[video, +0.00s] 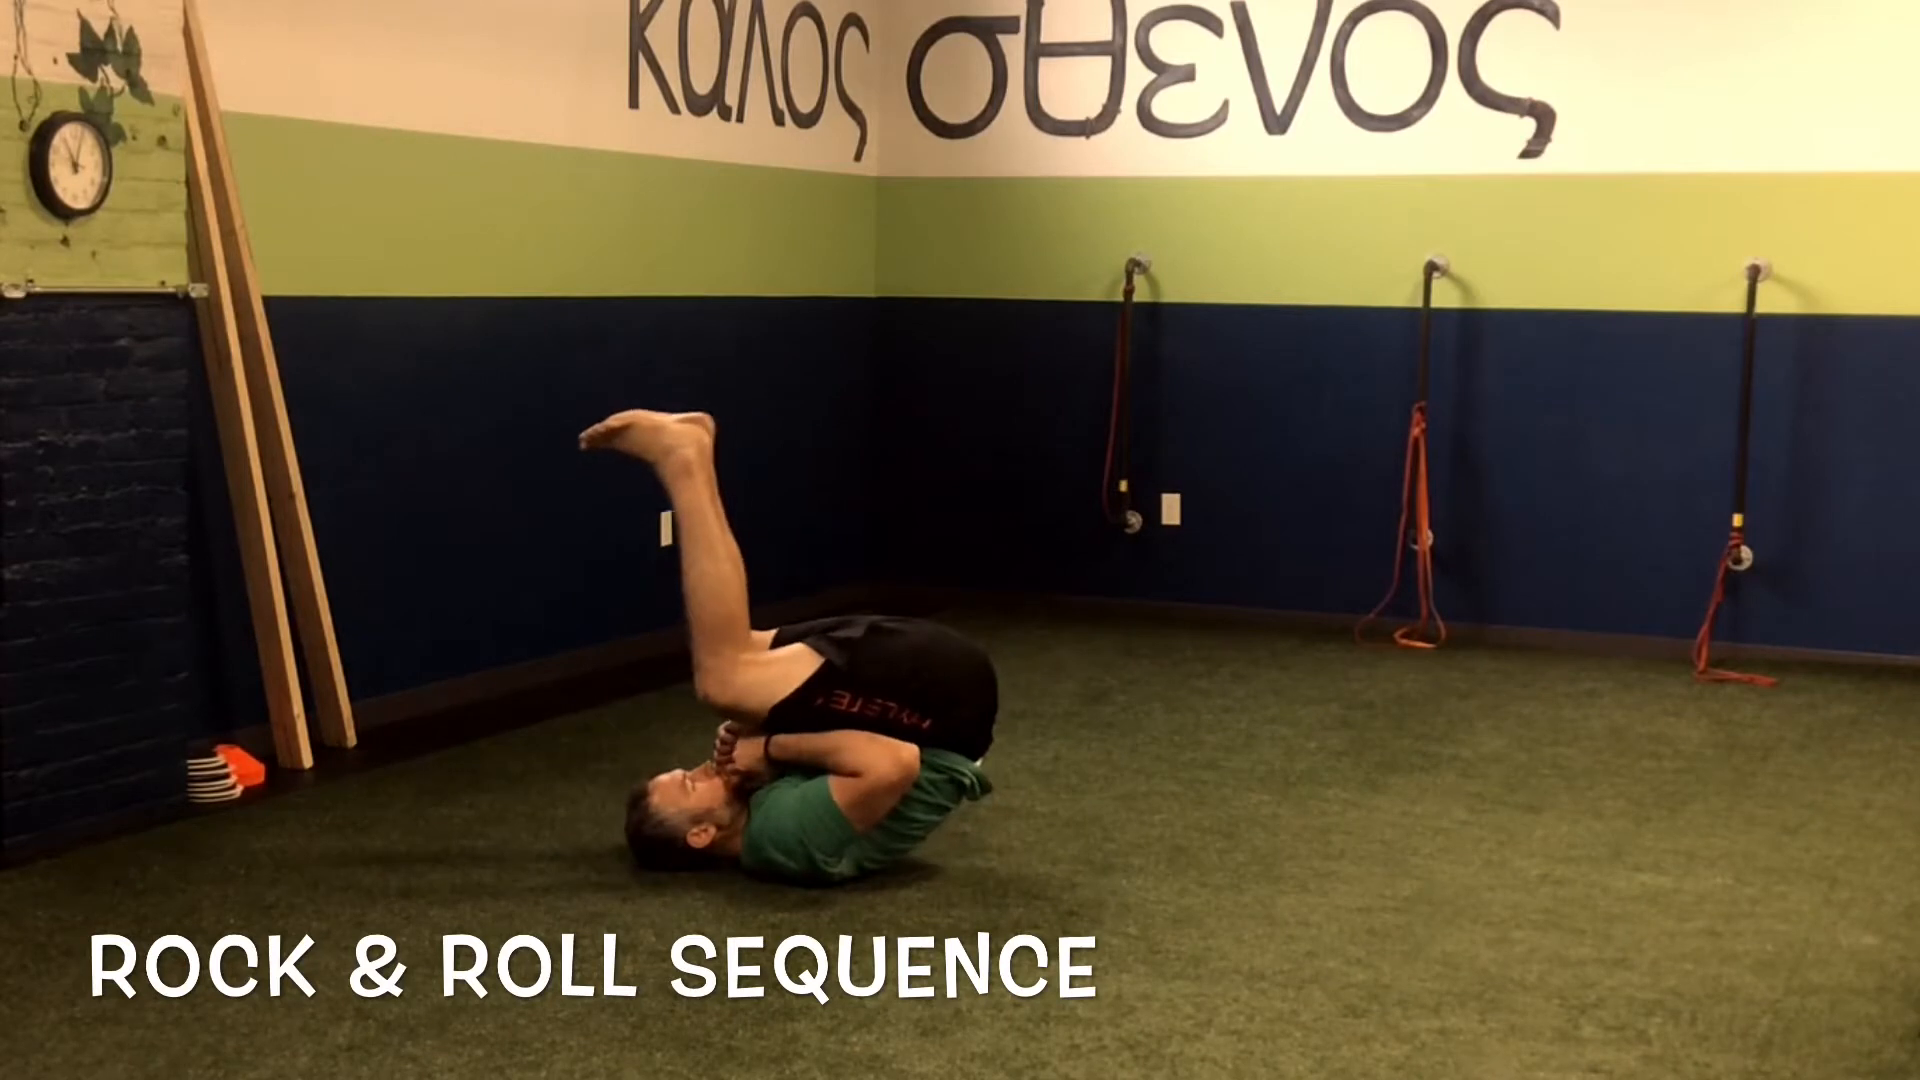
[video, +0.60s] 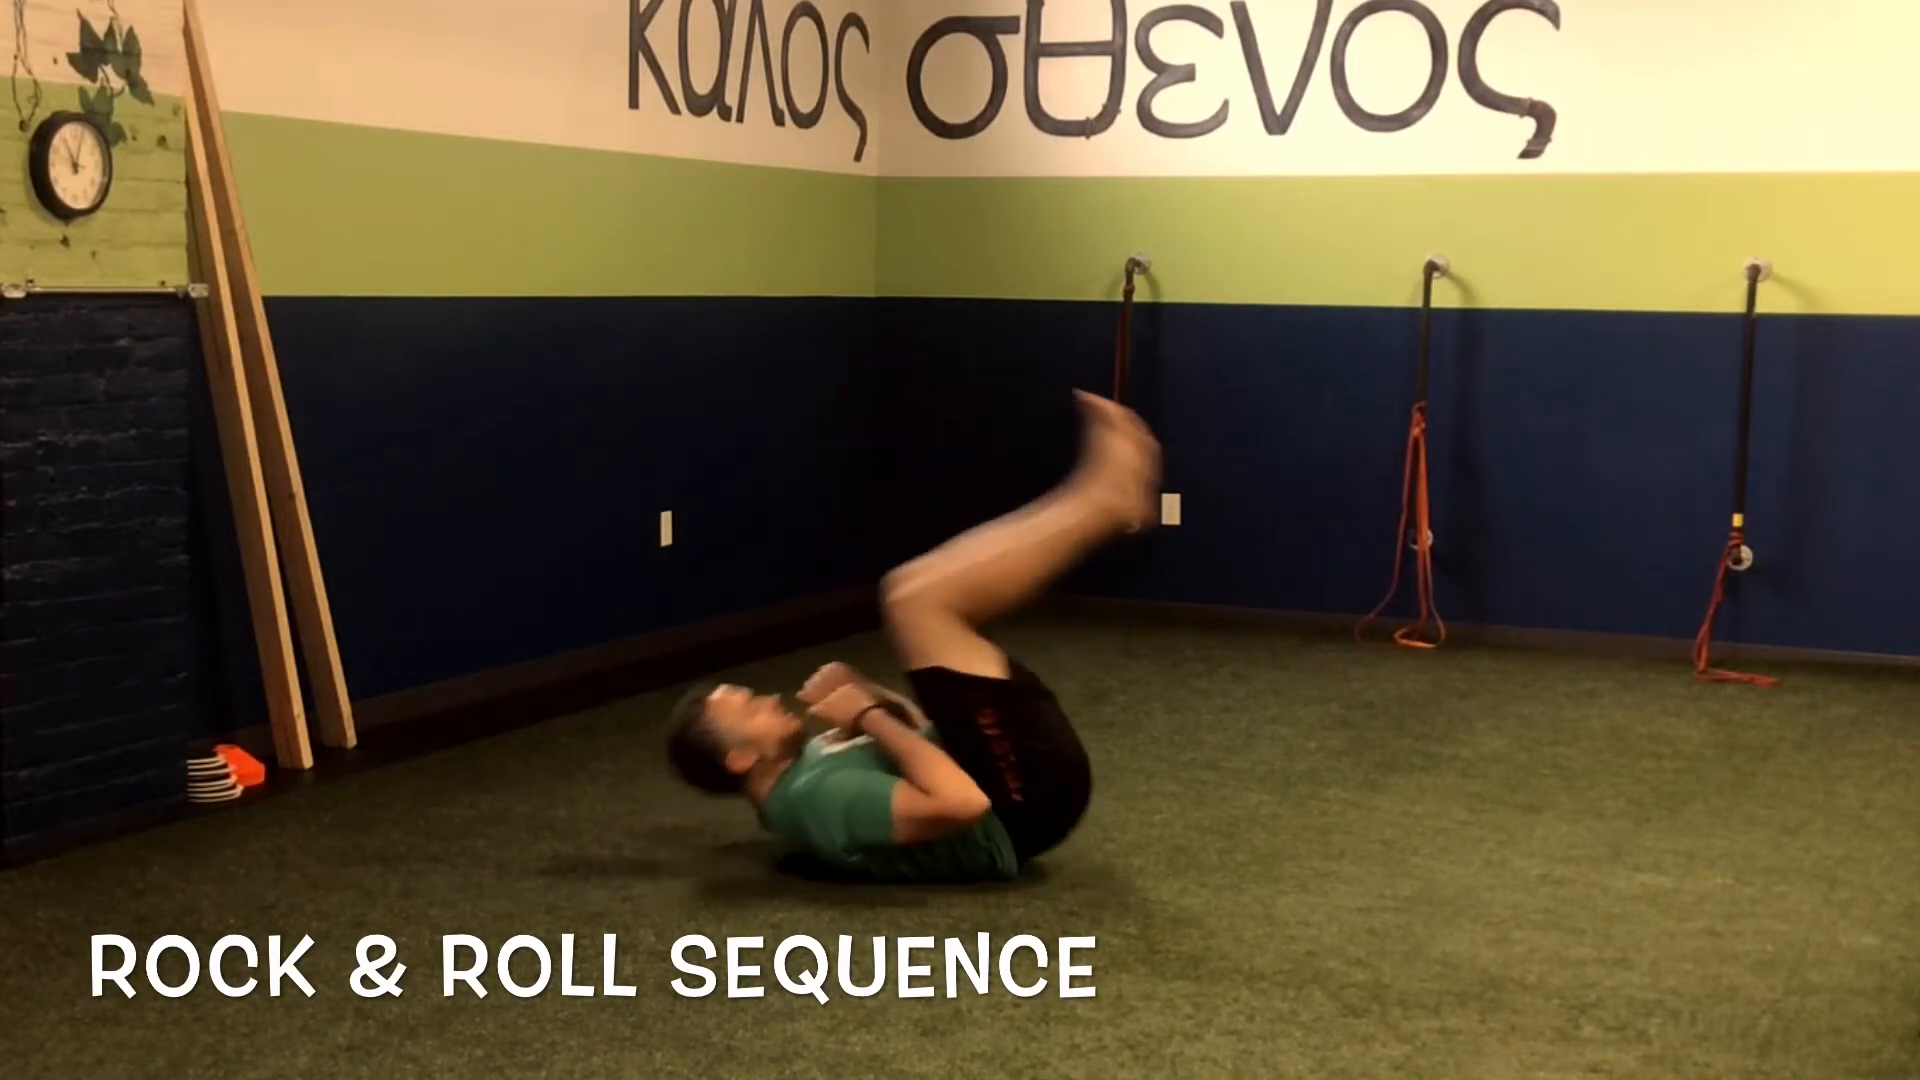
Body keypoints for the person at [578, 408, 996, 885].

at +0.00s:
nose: (699, 767)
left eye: (682, 773)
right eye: (685, 783)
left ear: (706, 829)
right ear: (703, 830)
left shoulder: (761, 813)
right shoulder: (780, 837)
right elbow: (896, 765)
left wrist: (749, 740)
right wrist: (770, 751)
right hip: (953, 692)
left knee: (744, 647)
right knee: (722, 674)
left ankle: (691, 459)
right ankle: (684, 455)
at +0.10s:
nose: (705, 766)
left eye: (687, 770)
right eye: (691, 783)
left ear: (707, 831)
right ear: (704, 832)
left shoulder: (758, 816)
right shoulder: (780, 834)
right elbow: (901, 771)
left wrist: (753, 759)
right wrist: (775, 746)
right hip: (959, 698)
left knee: (752, 645)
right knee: (732, 671)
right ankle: (714, 448)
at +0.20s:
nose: (701, 766)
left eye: (686, 770)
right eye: (689, 782)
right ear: (703, 831)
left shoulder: (758, 812)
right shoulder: (785, 832)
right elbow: (907, 774)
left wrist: (769, 749)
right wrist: (782, 743)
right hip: (971, 710)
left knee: (771, 638)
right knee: (747, 659)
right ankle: (767, 436)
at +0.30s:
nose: (706, 758)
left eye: (688, 761)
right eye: (692, 774)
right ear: (706, 822)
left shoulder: (766, 812)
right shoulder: (787, 832)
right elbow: (913, 782)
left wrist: (779, 739)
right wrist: (793, 741)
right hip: (983, 729)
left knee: (797, 633)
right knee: (772, 641)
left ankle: (836, 432)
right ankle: (835, 432)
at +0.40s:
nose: (718, 745)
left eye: (700, 746)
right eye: (701, 759)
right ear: (710, 809)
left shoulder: (778, 804)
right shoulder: (790, 829)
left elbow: (871, 719)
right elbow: (922, 791)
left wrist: (793, 712)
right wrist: (808, 735)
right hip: (999, 750)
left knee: (804, 616)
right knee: (807, 626)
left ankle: (916, 435)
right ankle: (916, 435)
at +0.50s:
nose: (740, 725)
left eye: (722, 726)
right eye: (722, 737)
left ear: (726, 785)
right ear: (723, 786)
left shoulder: (788, 788)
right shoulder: (793, 818)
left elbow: (882, 719)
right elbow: (938, 797)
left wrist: (819, 699)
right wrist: (830, 726)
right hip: (1010, 775)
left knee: (852, 597)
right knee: (856, 607)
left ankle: (1006, 454)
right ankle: (1011, 454)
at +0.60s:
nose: (767, 695)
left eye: (748, 693)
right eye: (746, 705)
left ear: (748, 758)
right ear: (742, 758)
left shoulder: (800, 776)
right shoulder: (814, 798)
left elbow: (929, 743)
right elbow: (963, 802)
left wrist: (869, 699)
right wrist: (868, 716)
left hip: (1001, 785)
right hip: (1027, 801)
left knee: (913, 588)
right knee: (912, 593)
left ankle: (1094, 494)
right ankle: (1105, 497)